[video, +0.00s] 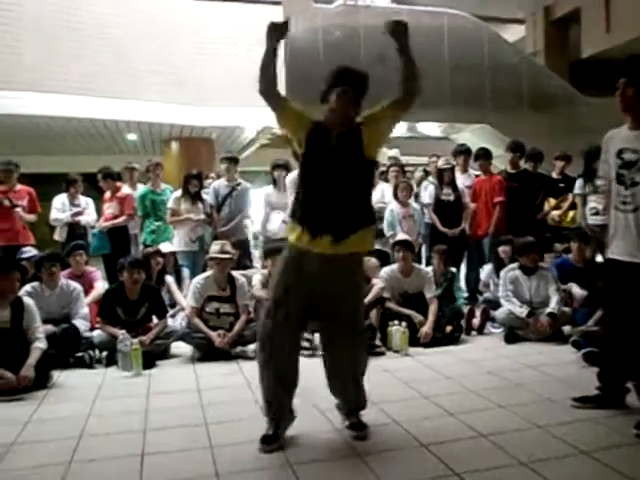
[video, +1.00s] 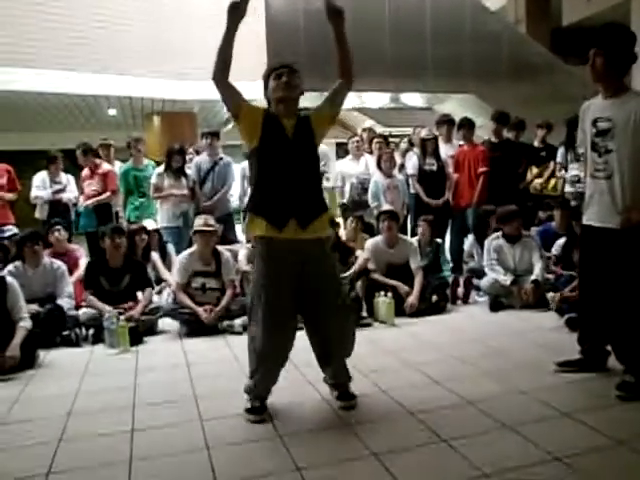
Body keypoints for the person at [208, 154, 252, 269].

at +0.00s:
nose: (227, 168)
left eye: (230, 165)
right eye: (224, 165)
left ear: (236, 168)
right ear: (221, 168)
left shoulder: (244, 187)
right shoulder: (215, 187)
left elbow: (245, 212)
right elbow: (213, 209)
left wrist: (228, 228)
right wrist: (219, 229)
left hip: (240, 235)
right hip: (221, 234)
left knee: (244, 268)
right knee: (220, 267)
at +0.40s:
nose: (212, 165)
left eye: (215, 162)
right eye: (210, 161)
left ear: (221, 165)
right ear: (206, 164)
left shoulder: (229, 184)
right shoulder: (200, 183)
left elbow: (230, 208)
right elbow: (197, 205)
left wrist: (213, 225)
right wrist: (203, 225)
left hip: (224, 232)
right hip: (205, 231)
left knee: (230, 266)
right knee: (204, 265)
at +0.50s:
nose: (208, 165)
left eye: (211, 162)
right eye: (205, 161)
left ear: (217, 164)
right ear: (201, 163)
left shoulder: (225, 185)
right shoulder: (196, 184)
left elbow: (226, 208)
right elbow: (193, 206)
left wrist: (210, 225)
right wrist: (200, 224)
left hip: (221, 233)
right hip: (201, 233)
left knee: (227, 267)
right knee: (201, 266)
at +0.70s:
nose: (206, 144)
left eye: (210, 140)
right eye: (204, 140)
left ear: (215, 142)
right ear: (200, 142)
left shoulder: (223, 163)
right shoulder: (195, 163)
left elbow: (225, 187)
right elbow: (192, 184)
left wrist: (208, 203)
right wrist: (199, 202)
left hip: (219, 212)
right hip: (200, 212)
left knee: (225, 246)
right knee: (200, 245)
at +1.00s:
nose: (209, 143)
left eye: (213, 139)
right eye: (207, 139)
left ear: (218, 142)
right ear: (202, 142)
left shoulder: (227, 162)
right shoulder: (197, 162)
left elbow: (228, 186)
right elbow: (194, 183)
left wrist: (212, 203)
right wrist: (202, 202)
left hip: (222, 210)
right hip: (203, 210)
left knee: (229, 244)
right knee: (203, 244)